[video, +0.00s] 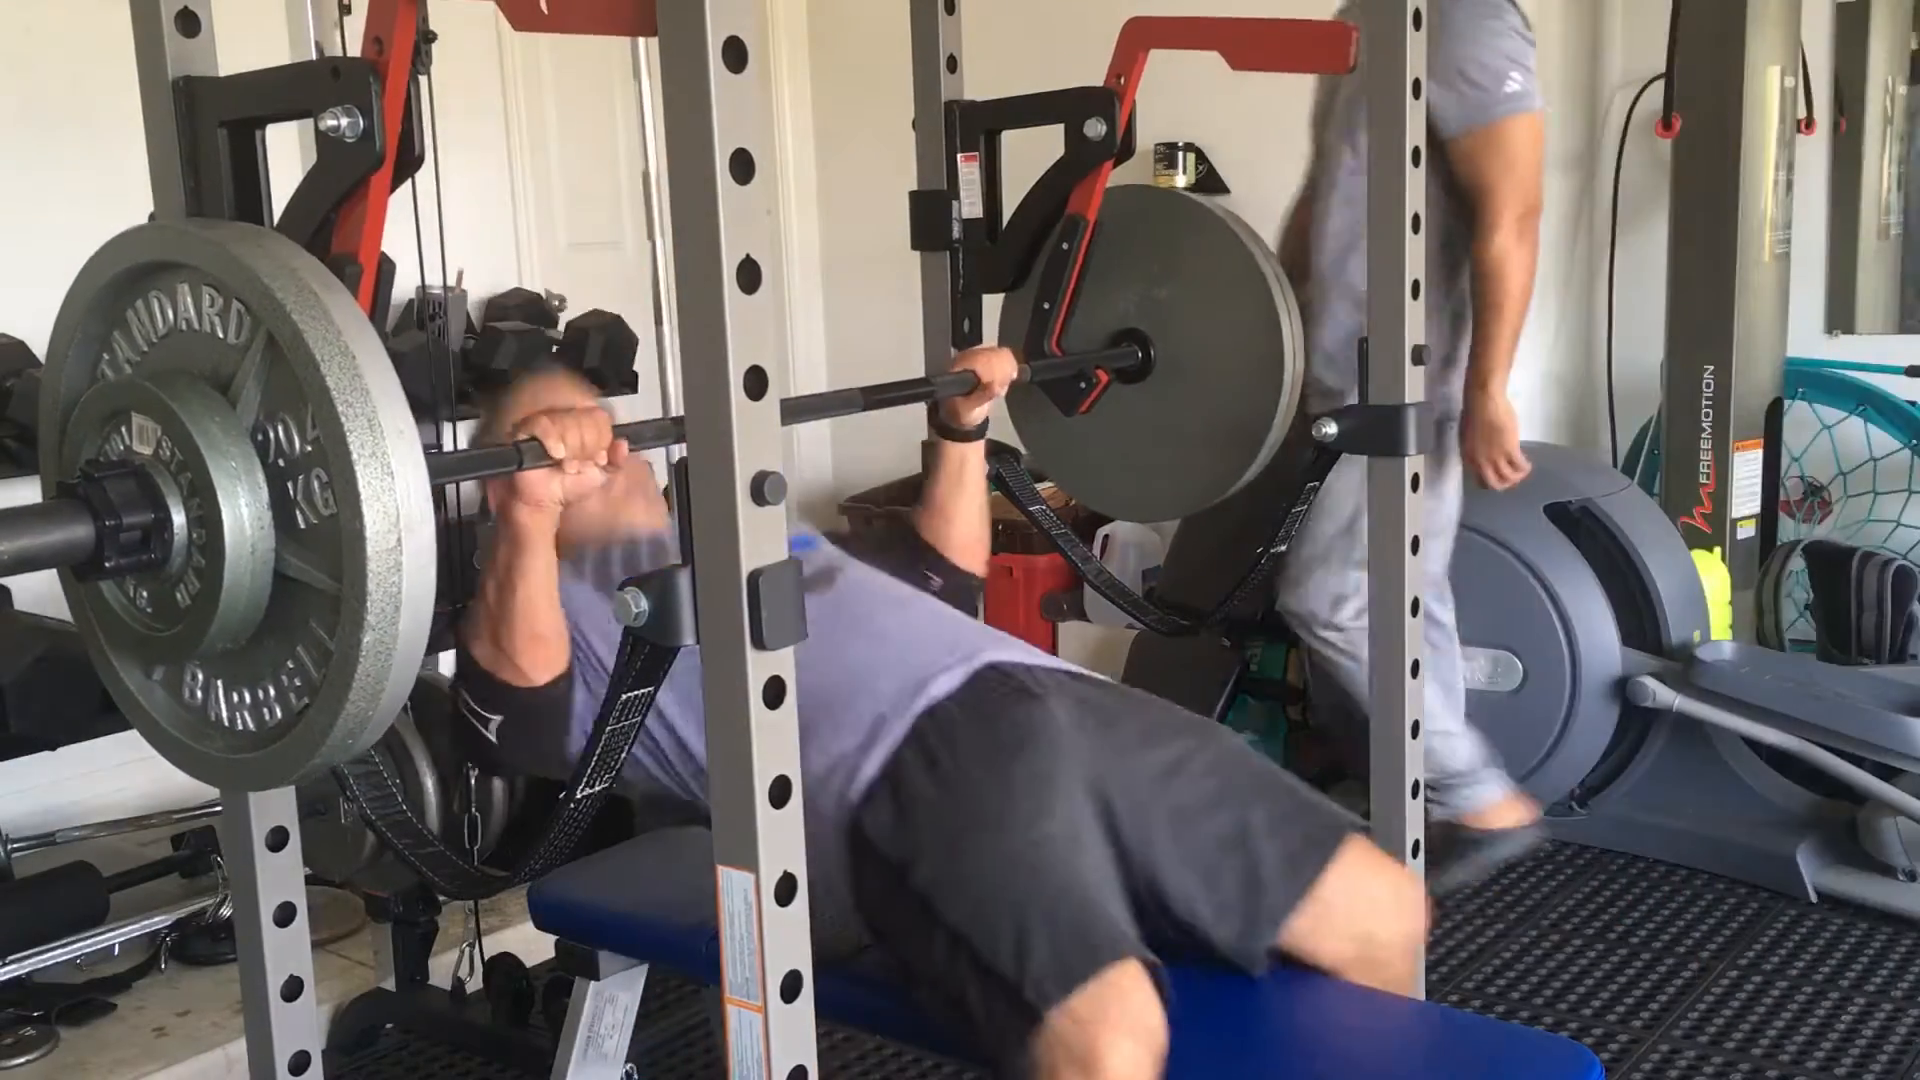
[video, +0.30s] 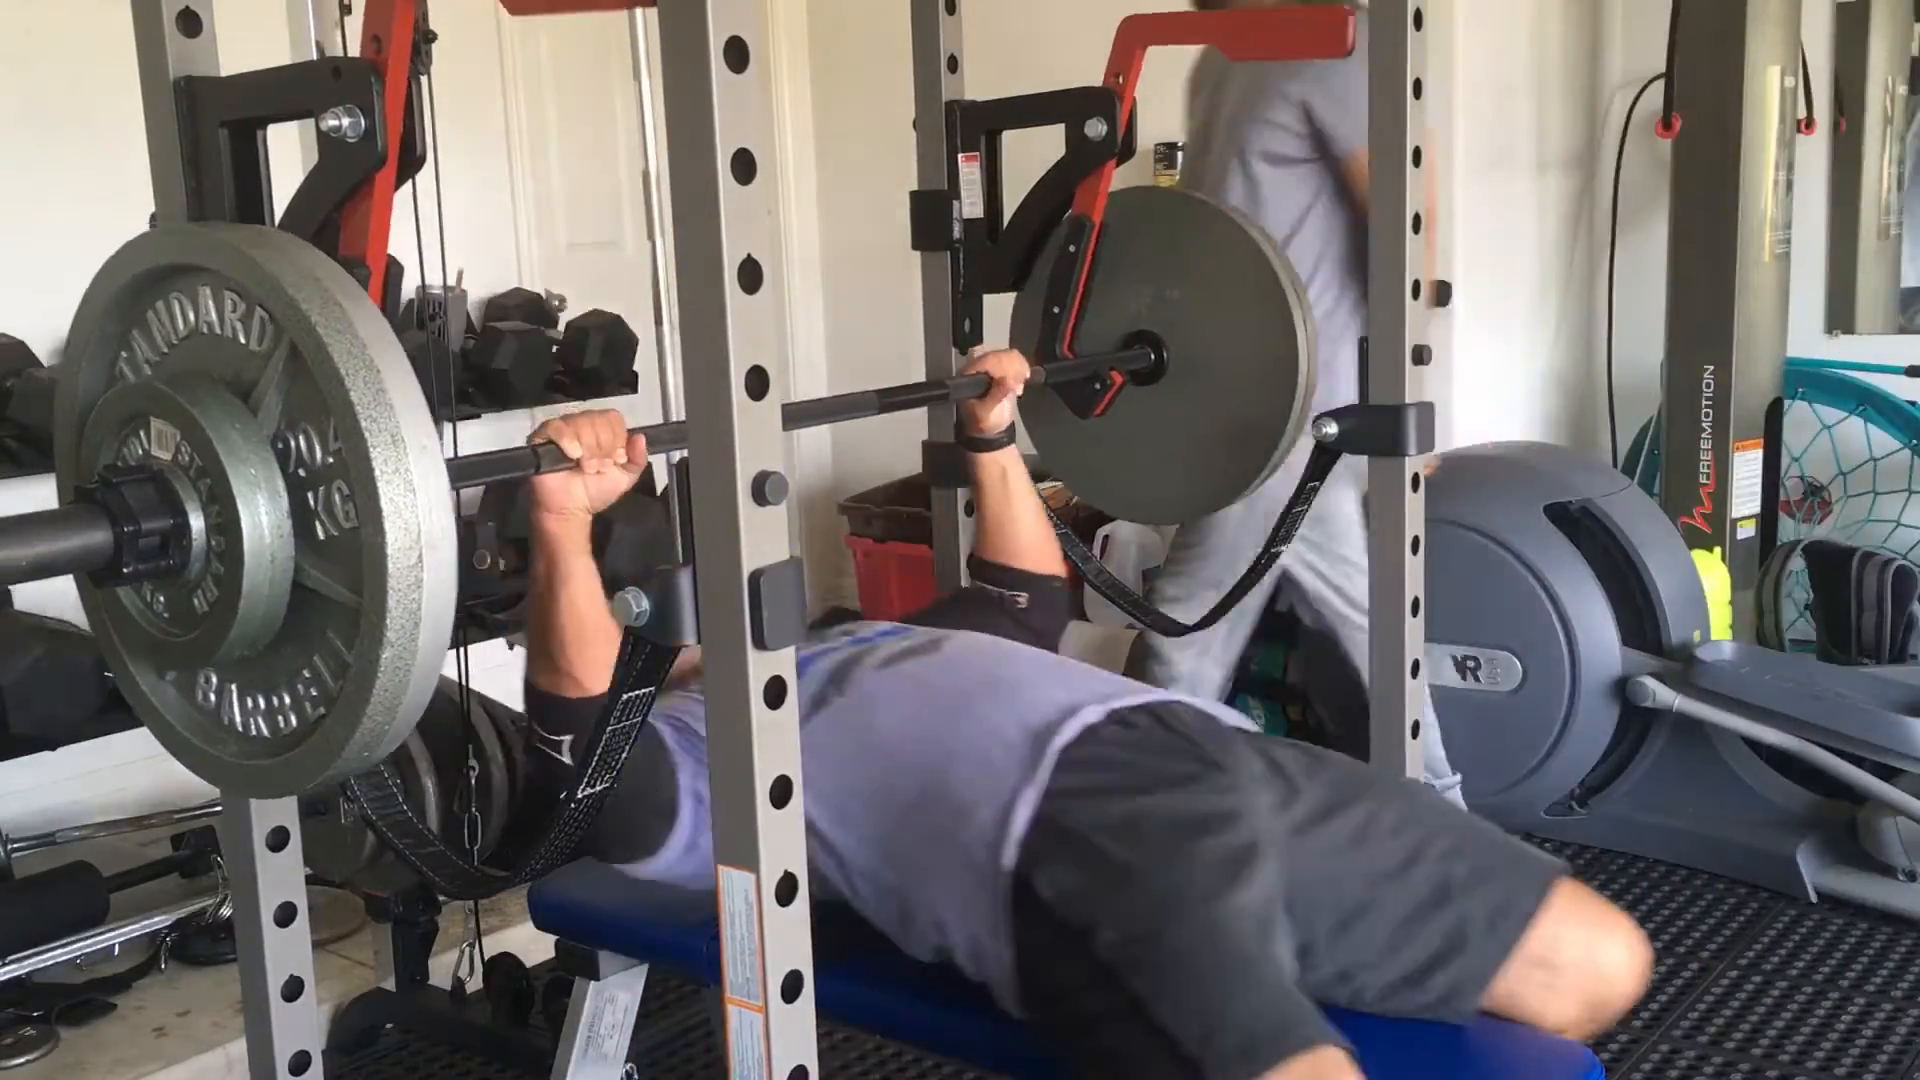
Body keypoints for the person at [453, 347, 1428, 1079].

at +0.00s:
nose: (611, 456)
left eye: (610, 432)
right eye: (561, 444)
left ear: (633, 443)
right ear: (501, 493)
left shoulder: (753, 530)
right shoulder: (565, 619)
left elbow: (947, 585)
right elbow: (521, 717)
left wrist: (962, 425)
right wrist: (518, 520)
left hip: (1056, 697)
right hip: (924, 773)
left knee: (1387, 912)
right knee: (1112, 1035)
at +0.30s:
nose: (704, 638)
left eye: (717, 620)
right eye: (678, 647)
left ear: (756, 635)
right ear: (668, 691)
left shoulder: (897, 655)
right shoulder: (704, 760)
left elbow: (1028, 608)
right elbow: (586, 766)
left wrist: (996, 439)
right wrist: (560, 525)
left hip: (1226, 755)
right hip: (1085, 844)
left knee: (1605, 965)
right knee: (1310, 1052)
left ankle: (1281, 926)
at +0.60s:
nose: (779, 650)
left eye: (778, 636)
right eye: (750, 665)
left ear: (830, 657)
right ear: (744, 726)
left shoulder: (981, 666)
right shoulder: (821, 795)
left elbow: (1124, 615)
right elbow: (676, 760)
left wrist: (1035, 450)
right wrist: (622, 549)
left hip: (1377, 768)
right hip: (1234, 859)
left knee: (1766, 1019)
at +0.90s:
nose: (812, 690)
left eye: (812, 679)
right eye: (790, 702)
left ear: (869, 673)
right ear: (788, 750)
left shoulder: (1050, 667)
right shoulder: (879, 804)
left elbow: (1154, 583)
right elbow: (736, 766)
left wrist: (1037, 444)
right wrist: (643, 558)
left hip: (1476, 792)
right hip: (1323, 873)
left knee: (1851, 1055)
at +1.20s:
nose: (798, 692)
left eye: (795, 683)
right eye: (768, 702)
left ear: (859, 684)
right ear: (768, 751)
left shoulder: (1029, 677)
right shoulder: (857, 813)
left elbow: (1149, 587)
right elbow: (726, 752)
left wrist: (1030, 444)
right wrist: (627, 557)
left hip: (1449, 791)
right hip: (1302, 873)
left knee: (1835, 1049)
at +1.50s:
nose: (789, 658)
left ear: (848, 659)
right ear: (739, 740)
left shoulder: (1008, 677)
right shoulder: (815, 819)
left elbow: (1123, 600)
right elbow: (711, 733)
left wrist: (1028, 446)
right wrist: (626, 551)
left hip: (1382, 789)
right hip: (1237, 863)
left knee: (1793, 1029)